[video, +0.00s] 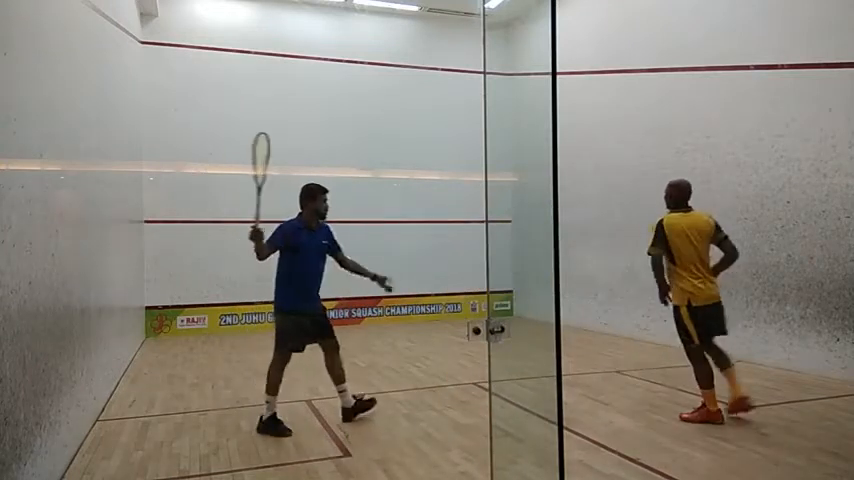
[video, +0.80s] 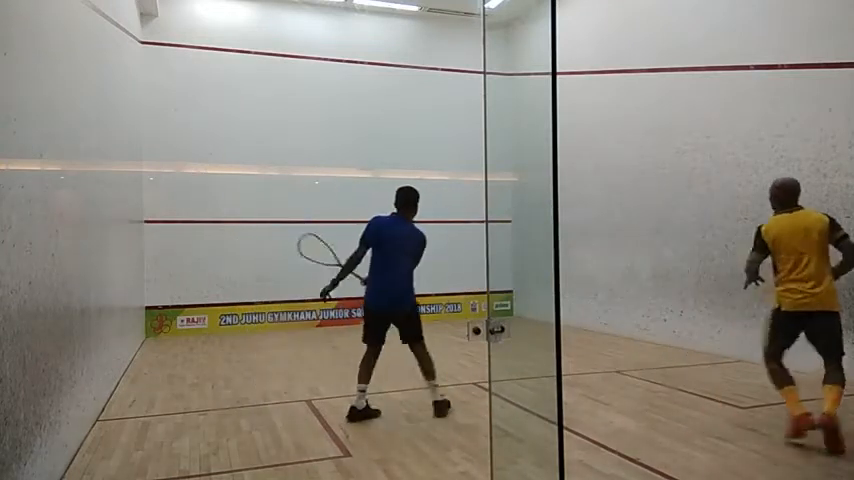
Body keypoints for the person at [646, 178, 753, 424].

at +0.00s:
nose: (664, 197)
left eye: (667, 194)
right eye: (666, 192)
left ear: (672, 197)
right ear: (688, 198)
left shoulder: (664, 224)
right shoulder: (706, 221)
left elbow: (655, 258)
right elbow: (732, 252)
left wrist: (661, 285)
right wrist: (713, 271)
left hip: (685, 300)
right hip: (710, 297)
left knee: (695, 353)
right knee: (709, 344)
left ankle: (711, 408)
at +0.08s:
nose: (674, 197)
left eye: (676, 194)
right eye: (676, 193)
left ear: (679, 197)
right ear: (699, 198)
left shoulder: (668, 224)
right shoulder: (717, 220)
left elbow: (657, 259)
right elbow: (744, 251)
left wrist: (670, 281)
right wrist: (725, 269)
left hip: (693, 302)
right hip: (722, 298)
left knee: (696, 352)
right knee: (736, 343)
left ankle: (711, 408)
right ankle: (767, 396)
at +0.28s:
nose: (696, 199)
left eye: (698, 196)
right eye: (699, 195)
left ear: (700, 199)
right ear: (721, 199)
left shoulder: (689, 227)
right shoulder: (741, 220)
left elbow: (675, 263)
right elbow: (771, 252)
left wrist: (691, 275)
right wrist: (753, 260)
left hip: (714, 303)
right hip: (748, 300)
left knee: (700, 351)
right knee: (778, 349)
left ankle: (710, 409)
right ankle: (804, 408)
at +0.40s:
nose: (712, 202)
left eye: (713, 199)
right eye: (715, 198)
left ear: (716, 203)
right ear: (738, 201)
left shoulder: (704, 230)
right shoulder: (756, 221)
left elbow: (692, 267)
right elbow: (791, 251)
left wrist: (708, 275)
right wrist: (778, 259)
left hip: (728, 305)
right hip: (764, 303)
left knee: (711, 351)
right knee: (789, 356)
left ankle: (711, 408)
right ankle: (812, 420)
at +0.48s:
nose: (731, 209)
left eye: (732, 205)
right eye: (734, 205)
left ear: (734, 207)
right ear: (758, 205)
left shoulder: (725, 235)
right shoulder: (778, 225)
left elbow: (713, 270)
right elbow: (815, 255)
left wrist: (721, 279)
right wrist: (800, 263)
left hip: (747, 309)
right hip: (782, 308)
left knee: (725, 355)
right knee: (804, 364)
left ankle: (714, 409)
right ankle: (813, 437)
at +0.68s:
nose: (760, 206)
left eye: (762, 203)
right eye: (762, 202)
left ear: (766, 204)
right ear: (788, 203)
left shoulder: (759, 233)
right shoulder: (813, 225)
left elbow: (745, 266)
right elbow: (846, 256)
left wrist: (745, 279)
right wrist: (826, 270)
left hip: (778, 309)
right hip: (813, 310)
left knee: (748, 347)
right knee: (822, 369)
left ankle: (755, 412)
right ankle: (814, 437)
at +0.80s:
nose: (769, 202)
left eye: (770, 198)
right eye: (772, 198)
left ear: (774, 200)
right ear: (797, 198)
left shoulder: (768, 230)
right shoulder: (821, 221)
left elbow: (753, 260)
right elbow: (850, 255)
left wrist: (751, 273)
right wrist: (832, 273)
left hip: (789, 307)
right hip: (824, 306)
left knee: (772, 358)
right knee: (833, 362)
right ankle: (829, 412)